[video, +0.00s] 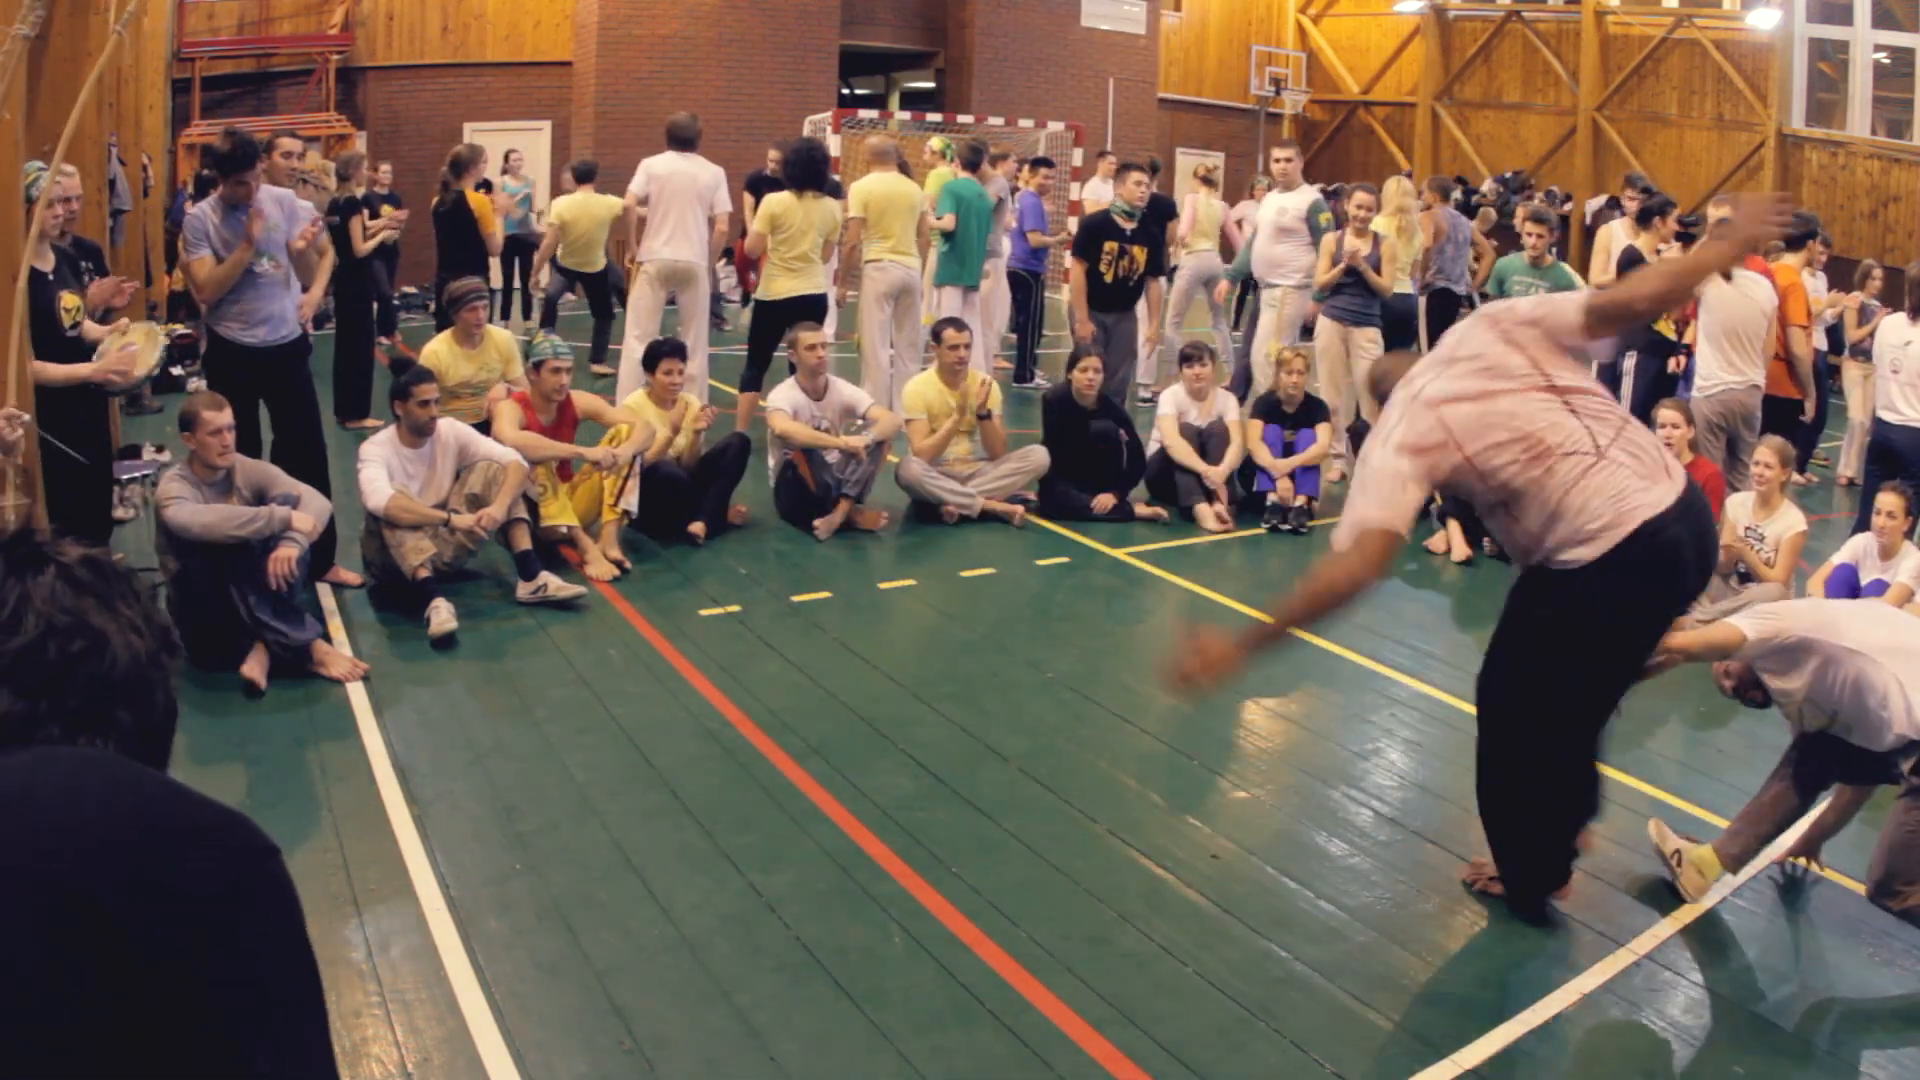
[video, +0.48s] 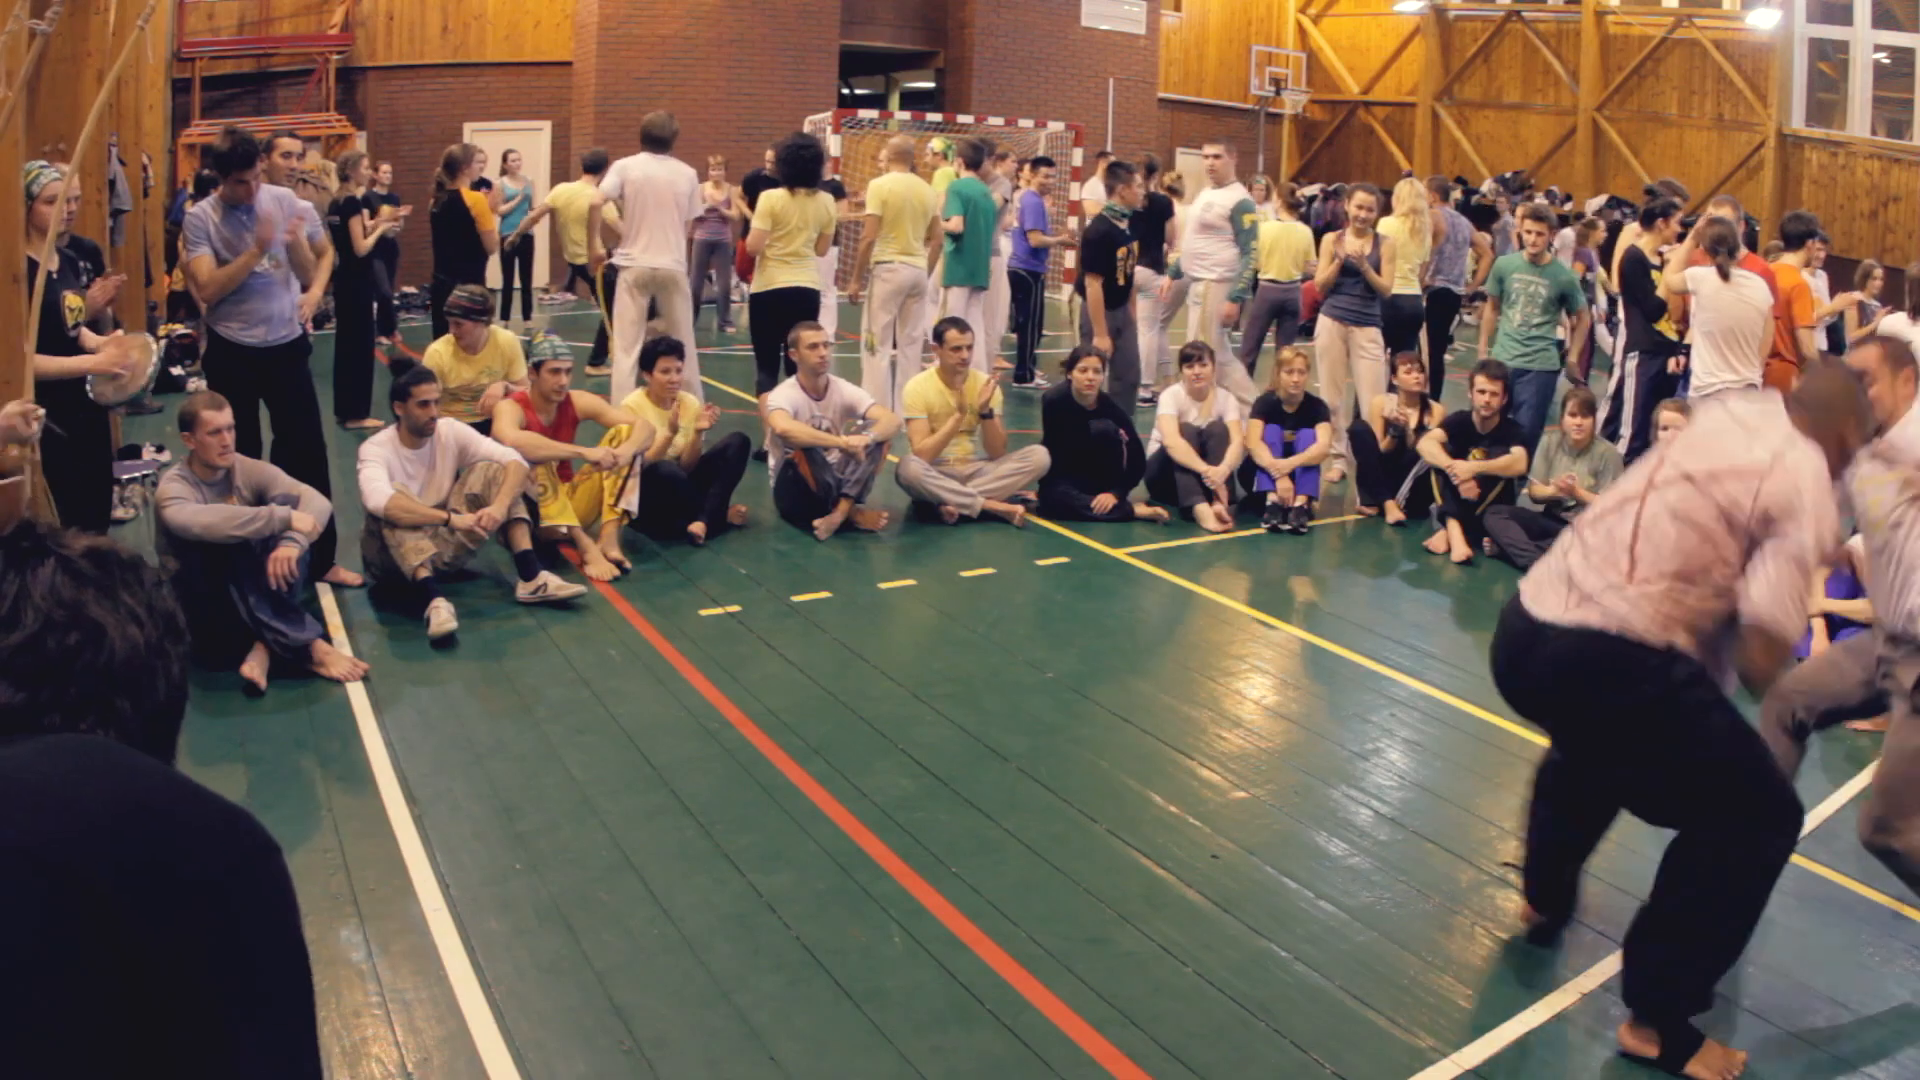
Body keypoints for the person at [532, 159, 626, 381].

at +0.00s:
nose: (567, 180)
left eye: (569, 177)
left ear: (573, 179)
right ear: (595, 179)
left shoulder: (561, 204)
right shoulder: (608, 203)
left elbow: (550, 244)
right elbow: (633, 207)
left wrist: (535, 272)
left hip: (565, 265)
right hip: (594, 268)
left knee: (550, 298)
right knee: (604, 315)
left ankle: (544, 346)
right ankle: (597, 362)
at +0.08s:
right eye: (601, 177)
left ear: (575, 180)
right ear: (597, 180)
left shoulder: (561, 205)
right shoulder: (611, 205)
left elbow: (547, 244)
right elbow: (639, 215)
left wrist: (532, 272)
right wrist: (663, 212)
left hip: (567, 266)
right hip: (596, 268)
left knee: (556, 297)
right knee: (608, 313)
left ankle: (545, 343)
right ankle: (594, 363)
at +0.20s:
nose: (602, 186)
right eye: (602, 182)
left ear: (579, 181)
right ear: (601, 182)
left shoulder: (561, 204)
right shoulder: (608, 208)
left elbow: (545, 239)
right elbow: (632, 222)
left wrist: (526, 267)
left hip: (568, 263)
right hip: (596, 267)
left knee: (582, 293)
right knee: (612, 312)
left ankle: (553, 333)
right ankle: (595, 363)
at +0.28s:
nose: (606, 185)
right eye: (605, 182)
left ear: (581, 179)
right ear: (603, 183)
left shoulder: (560, 201)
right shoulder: (604, 207)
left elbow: (540, 233)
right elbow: (633, 228)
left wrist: (520, 260)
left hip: (571, 264)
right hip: (594, 267)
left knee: (604, 302)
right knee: (613, 311)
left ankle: (571, 330)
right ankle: (596, 363)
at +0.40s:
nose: (608, 180)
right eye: (608, 176)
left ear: (583, 173)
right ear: (605, 177)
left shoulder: (561, 195)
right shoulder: (600, 202)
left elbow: (535, 223)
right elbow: (623, 230)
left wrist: (513, 244)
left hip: (573, 263)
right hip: (593, 265)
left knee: (612, 305)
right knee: (612, 311)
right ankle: (597, 362)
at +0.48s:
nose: (607, 174)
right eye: (607, 170)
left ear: (582, 168)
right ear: (604, 171)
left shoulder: (561, 190)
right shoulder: (599, 196)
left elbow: (535, 215)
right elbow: (619, 227)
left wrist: (516, 235)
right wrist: (634, 242)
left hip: (572, 258)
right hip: (593, 260)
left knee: (610, 301)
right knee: (611, 306)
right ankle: (596, 361)